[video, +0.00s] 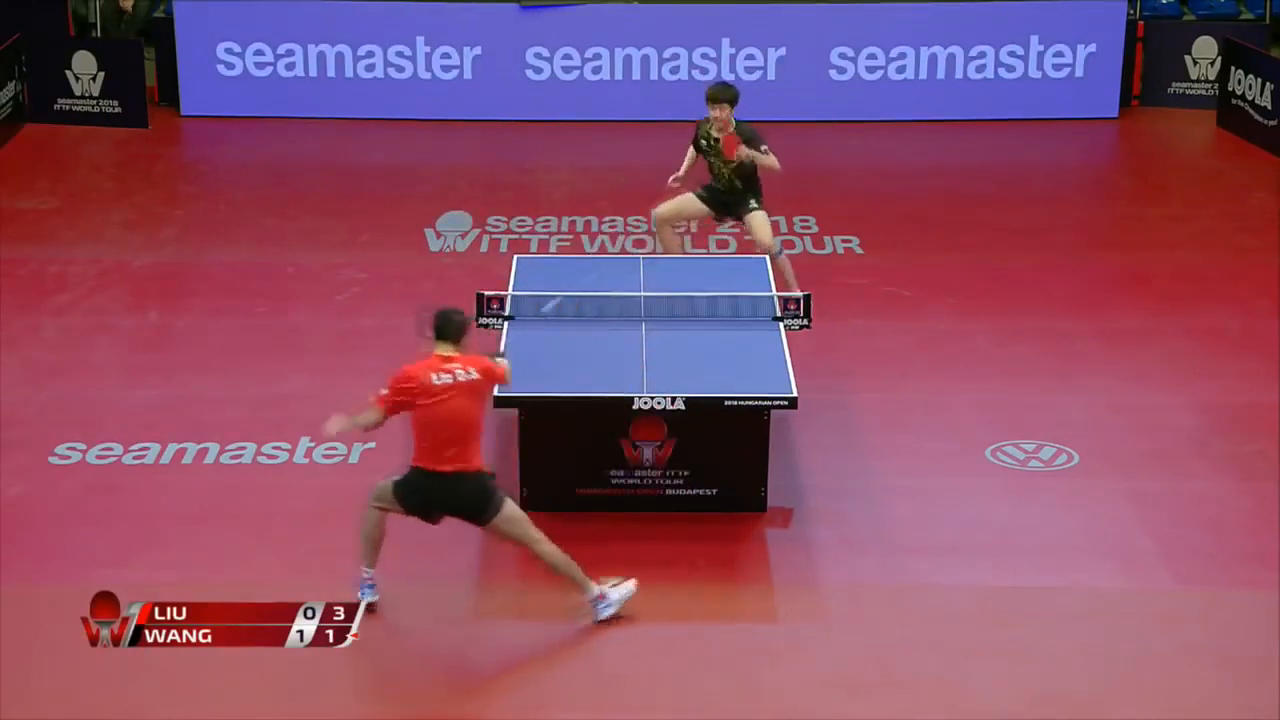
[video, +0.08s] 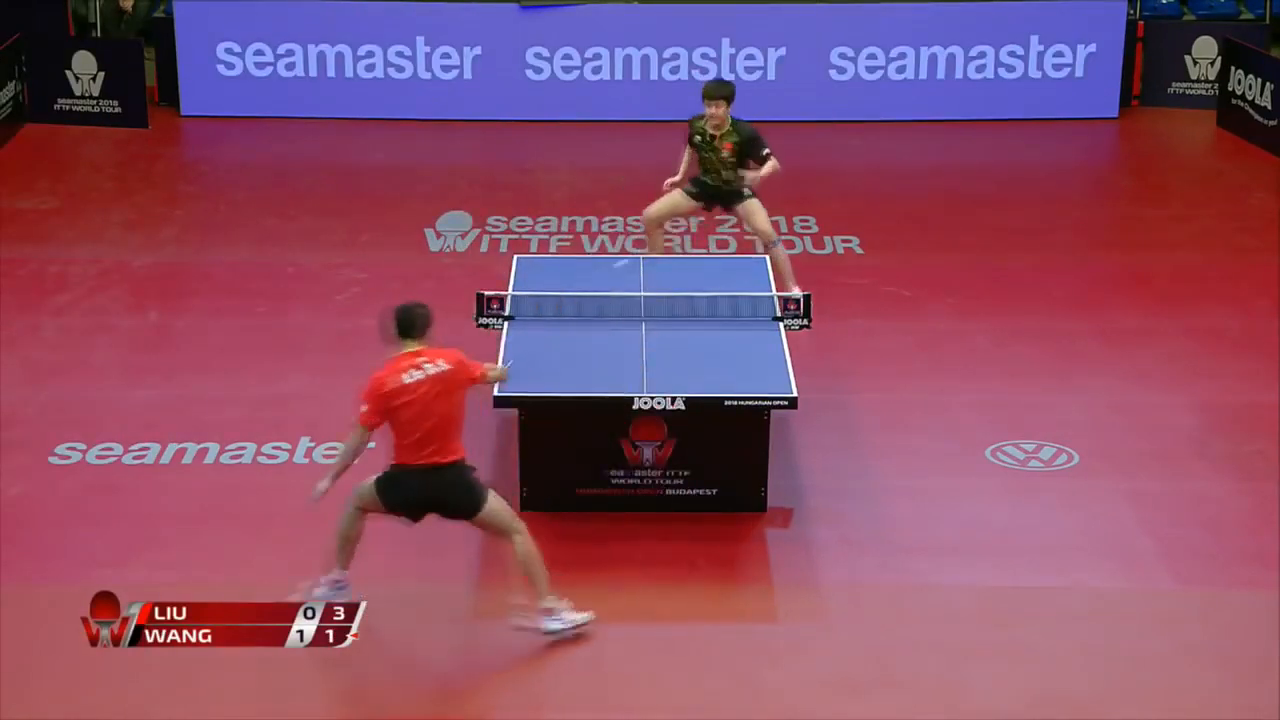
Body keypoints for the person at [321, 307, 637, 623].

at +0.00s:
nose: (469, 335)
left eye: (459, 332)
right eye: (468, 332)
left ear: (433, 334)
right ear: (463, 335)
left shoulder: (413, 375)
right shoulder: (480, 369)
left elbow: (373, 418)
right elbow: (505, 372)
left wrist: (345, 424)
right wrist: (497, 360)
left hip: (425, 484)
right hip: (471, 485)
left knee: (378, 499)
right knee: (534, 538)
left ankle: (366, 583)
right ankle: (597, 594)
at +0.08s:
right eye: (428, 327)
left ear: (397, 333)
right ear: (428, 330)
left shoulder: (384, 379)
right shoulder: (453, 362)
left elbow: (359, 438)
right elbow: (497, 374)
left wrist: (329, 478)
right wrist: (504, 369)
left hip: (406, 484)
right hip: (454, 481)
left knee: (358, 502)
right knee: (516, 530)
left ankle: (337, 578)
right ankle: (551, 607)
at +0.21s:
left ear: (352, 355)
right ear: (386, 351)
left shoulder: (343, 408)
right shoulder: (415, 383)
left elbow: (326, 466)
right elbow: (463, 411)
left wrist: (307, 487)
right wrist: (483, 395)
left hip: (375, 505)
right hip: (424, 500)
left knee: (325, 551)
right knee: (488, 541)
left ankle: (283, 612)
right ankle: (497, 621)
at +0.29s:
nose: (373, 367)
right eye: (373, 362)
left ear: (338, 368)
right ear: (371, 367)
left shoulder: (319, 420)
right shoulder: (391, 410)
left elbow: (308, 471)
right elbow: (443, 439)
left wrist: (305, 453)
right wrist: (476, 412)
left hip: (349, 525)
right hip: (397, 522)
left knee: (310, 544)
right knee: (467, 555)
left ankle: (280, 620)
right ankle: (493, 636)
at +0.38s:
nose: (371, 371)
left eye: (369, 365)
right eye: (370, 366)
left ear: (332, 369)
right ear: (365, 372)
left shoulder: (301, 410)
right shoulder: (372, 419)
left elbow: (278, 447)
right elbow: (429, 451)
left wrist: (316, 439)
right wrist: (457, 427)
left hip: (315, 530)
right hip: (362, 529)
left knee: (295, 535)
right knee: (441, 561)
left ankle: (272, 618)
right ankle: (487, 638)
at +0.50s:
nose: (363, 374)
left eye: (361, 369)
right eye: (362, 370)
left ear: (323, 371)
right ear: (358, 375)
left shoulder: (291, 403)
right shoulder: (355, 423)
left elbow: (259, 433)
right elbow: (408, 460)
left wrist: (299, 438)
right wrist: (451, 456)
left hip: (265, 519)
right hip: (308, 526)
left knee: (254, 545)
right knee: (388, 582)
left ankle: (242, 623)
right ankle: (412, 672)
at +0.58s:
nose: (355, 393)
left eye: (351, 385)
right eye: (354, 387)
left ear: (315, 386)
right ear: (349, 394)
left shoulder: (285, 415)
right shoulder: (343, 444)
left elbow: (255, 444)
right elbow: (391, 492)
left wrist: (292, 463)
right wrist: (441, 499)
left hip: (243, 527)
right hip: (282, 542)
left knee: (234, 565)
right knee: (352, 600)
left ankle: (195, 636)